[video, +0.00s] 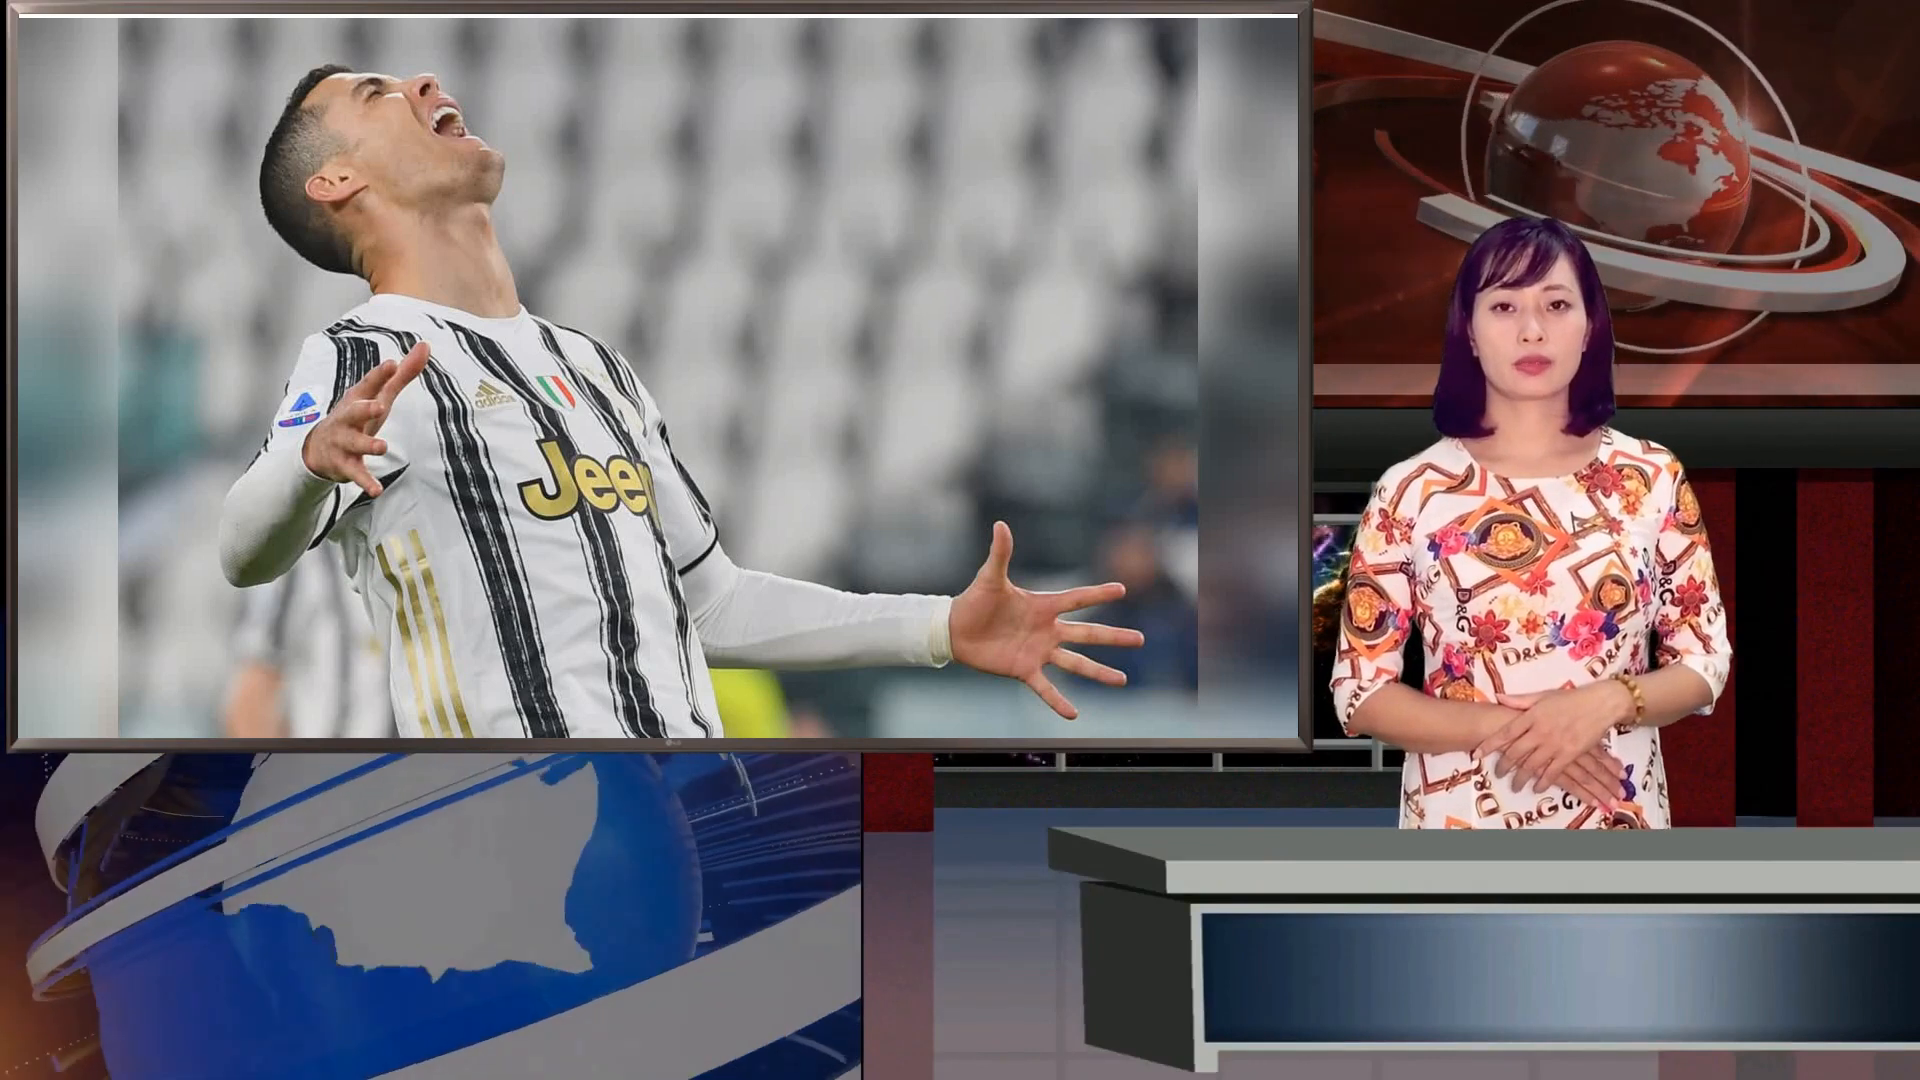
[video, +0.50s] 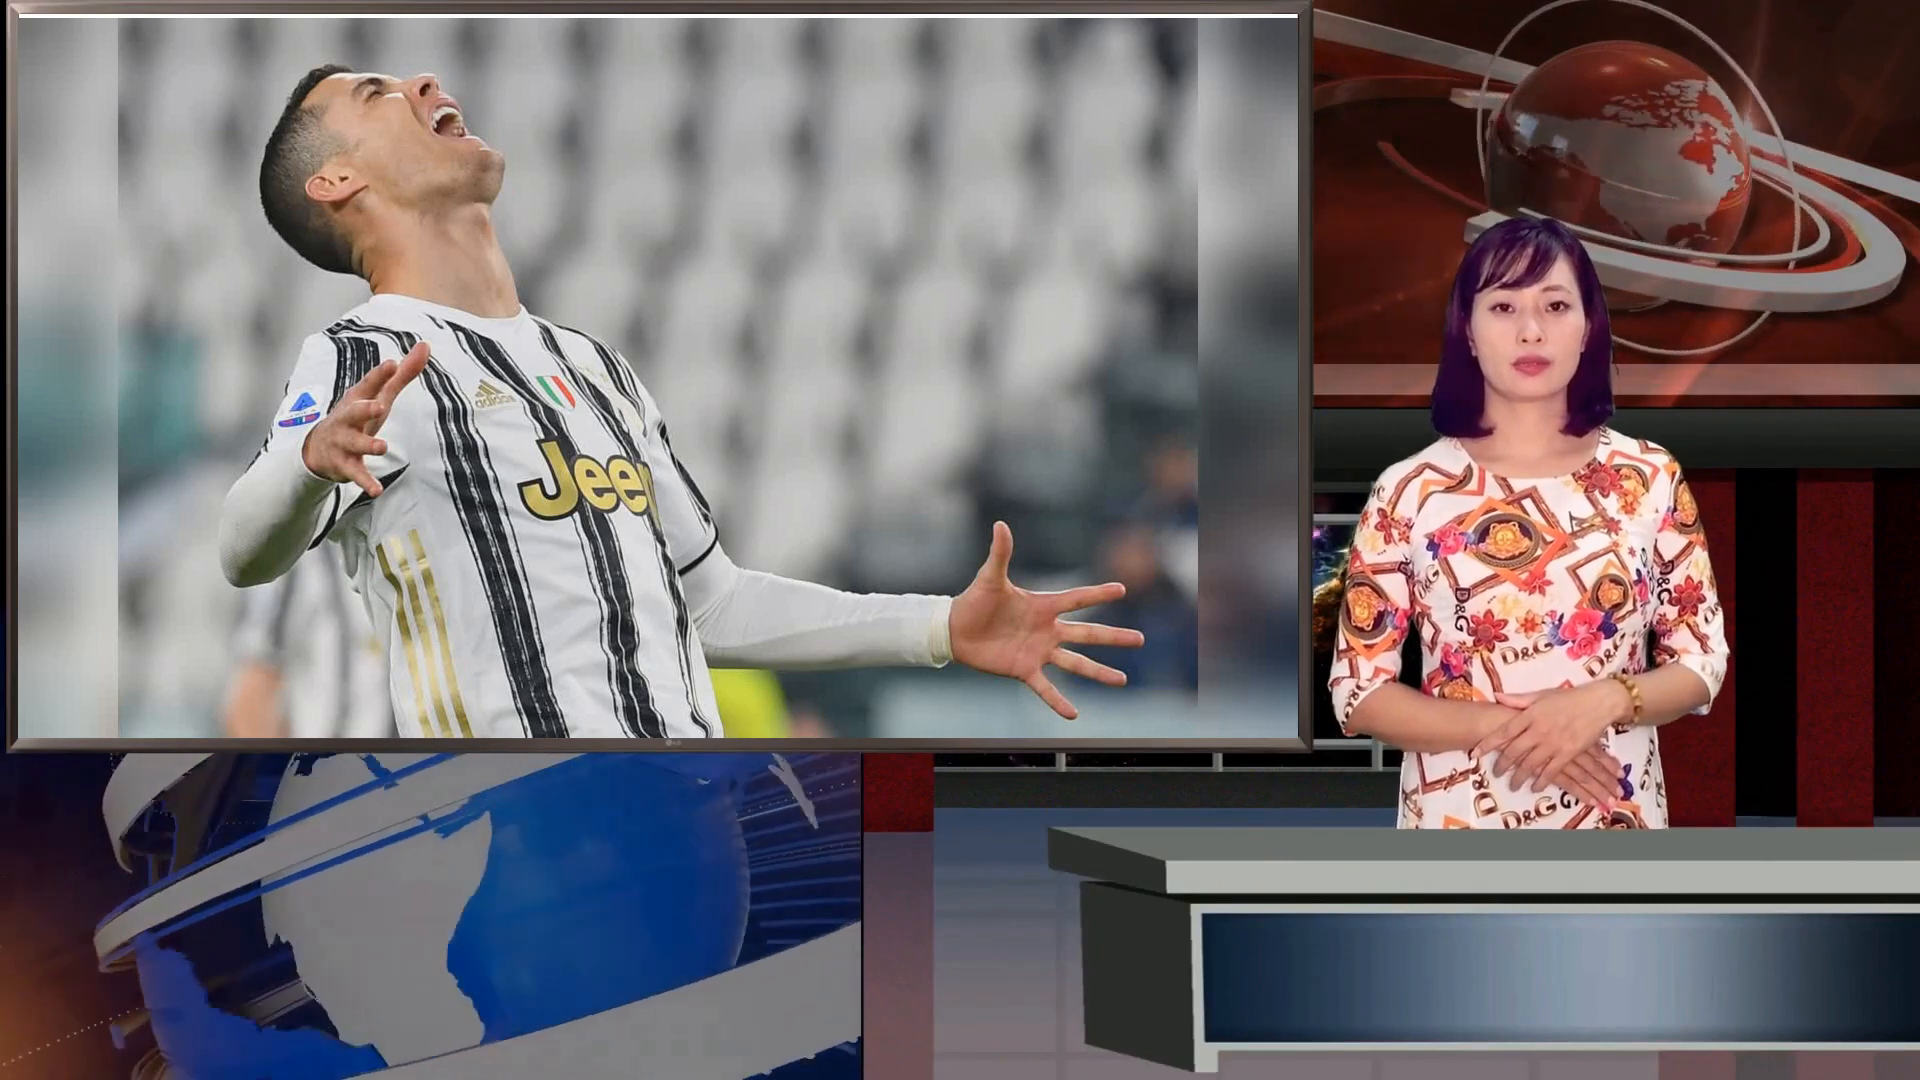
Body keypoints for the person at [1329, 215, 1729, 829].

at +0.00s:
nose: (1532, 329)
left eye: (1557, 305)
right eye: (1504, 307)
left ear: (1590, 325)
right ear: (1467, 328)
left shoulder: (1650, 478)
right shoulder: (1409, 492)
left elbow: (1704, 661)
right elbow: (1359, 691)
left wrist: (1606, 702)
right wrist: (1517, 732)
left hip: (1617, 830)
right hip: (1460, 831)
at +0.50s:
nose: (1531, 330)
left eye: (1555, 306)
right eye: (1503, 307)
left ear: (1589, 326)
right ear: (1466, 328)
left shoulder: (1648, 478)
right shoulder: (1407, 492)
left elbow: (1702, 661)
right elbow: (1357, 691)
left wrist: (1604, 701)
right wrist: (1516, 731)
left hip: (1615, 830)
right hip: (1458, 830)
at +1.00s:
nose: (1528, 331)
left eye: (1553, 307)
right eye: (1501, 309)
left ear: (1586, 326)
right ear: (1464, 329)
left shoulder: (1646, 477)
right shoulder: (1406, 491)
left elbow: (1702, 659)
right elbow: (1357, 691)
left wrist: (1602, 699)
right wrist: (1516, 729)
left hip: (1614, 831)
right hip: (1457, 830)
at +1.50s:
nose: (1530, 330)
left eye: (1555, 306)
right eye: (1502, 308)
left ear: (1588, 327)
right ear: (1467, 330)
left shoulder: (1647, 478)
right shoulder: (1407, 491)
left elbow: (1701, 660)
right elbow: (1357, 689)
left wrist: (1602, 700)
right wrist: (1513, 729)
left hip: (1613, 831)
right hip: (1457, 830)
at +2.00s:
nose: (1531, 329)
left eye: (1555, 305)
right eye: (1502, 307)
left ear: (1588, 326)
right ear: (1466, 328)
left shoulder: (1647, 479)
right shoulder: (1406, 492)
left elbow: (1704, 668)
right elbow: (1355, 689)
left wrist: (1652, 682)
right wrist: (1498, 724)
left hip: (1613, 833)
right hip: (1456, 832)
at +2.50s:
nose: (1531, 329)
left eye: (1556, 306)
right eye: (1503, 308)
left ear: (1588, 326)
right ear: (1467, 329)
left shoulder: (1647, 479)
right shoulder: (1407, 491)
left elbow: (1707, 660)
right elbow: (1355, 689)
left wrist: (1608, 700)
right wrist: (1492, 722)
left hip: (1613, 830)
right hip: (1457, 829)